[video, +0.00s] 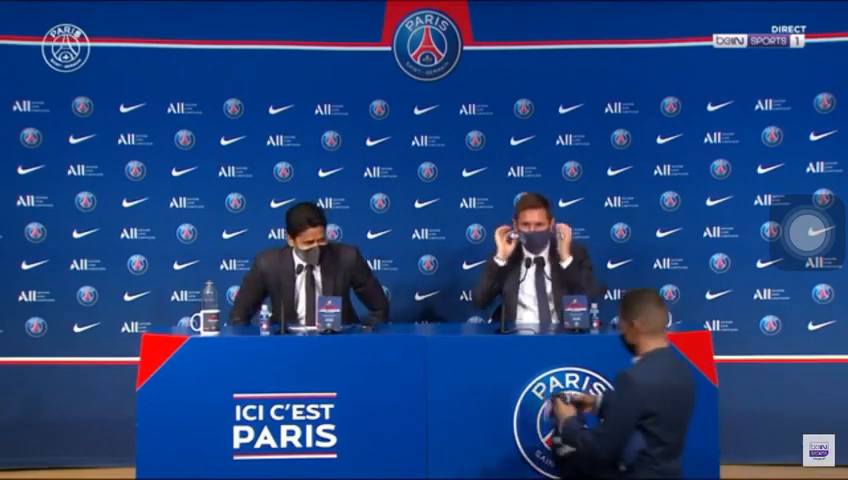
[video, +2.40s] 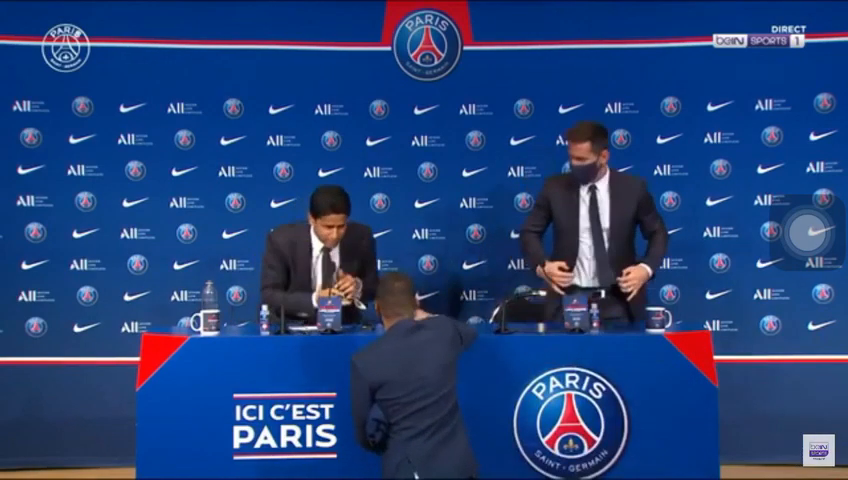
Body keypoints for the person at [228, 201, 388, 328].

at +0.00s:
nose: (316, 248)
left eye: (320, 240)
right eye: (308, 243)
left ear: (325, 233)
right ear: (290, 239)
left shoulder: (347, 258)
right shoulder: (267, 264)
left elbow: (380, 307)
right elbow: (238, 318)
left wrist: (363, 343)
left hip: (340, 349)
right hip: (287, 351)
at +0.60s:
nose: (312, 259)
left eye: (318, 253)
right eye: (305, 255)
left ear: (326, 242)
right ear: (290, 246)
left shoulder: (347, 257)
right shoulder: (268, 261)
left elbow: (373, 297)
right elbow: (238, 302)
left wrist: (366, 331)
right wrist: (259, 329)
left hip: (338, 348)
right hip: (287, 348)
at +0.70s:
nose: (310, 260)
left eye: (316, 254)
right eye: (303, 255)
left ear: (324, 243)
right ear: (289, 246)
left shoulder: (347, 255)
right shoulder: (268, 260)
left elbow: (374, 295)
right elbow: (240, 310)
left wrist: (358, 305)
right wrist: (264, 299)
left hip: (336, 344)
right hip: (285, 345)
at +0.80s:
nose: (309, 258)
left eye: (316, 252)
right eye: (302, 252)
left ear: (325, 242)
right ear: (290, 245)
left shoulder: (348, 253)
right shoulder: (271, 259)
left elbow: (375, 308)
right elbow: (252, 316)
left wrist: (348, 287)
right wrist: (275, 283)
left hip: (337, 342)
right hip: (289, 343)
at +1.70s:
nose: (318, 241)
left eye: (323, 232)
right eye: (310, 233)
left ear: (330, 227)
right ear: (296, 230)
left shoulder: (350, 250)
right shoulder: (273, 257)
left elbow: (368, 315)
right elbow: (263, 314)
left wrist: (355, 280)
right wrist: (295, 295)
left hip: (339, 342)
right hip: (291, 343)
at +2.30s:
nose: (333, 241)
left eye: (338, 232)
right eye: (326, 233)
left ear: (345, 226)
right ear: (309, 226)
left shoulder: (359, 244)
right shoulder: (280, 249)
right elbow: (271, 307)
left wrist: (357, 294)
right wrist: (316, 302)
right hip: (297, 340)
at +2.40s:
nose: (334, 235)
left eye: (340, 227)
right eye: (328, 227)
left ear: (347, 220)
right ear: (312, 220)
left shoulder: (361, 237)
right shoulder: (282, 240)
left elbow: (372, 289)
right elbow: (270, 297)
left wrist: (358, 288)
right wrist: (315, 300)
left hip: (348, 334)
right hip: (298, 336)